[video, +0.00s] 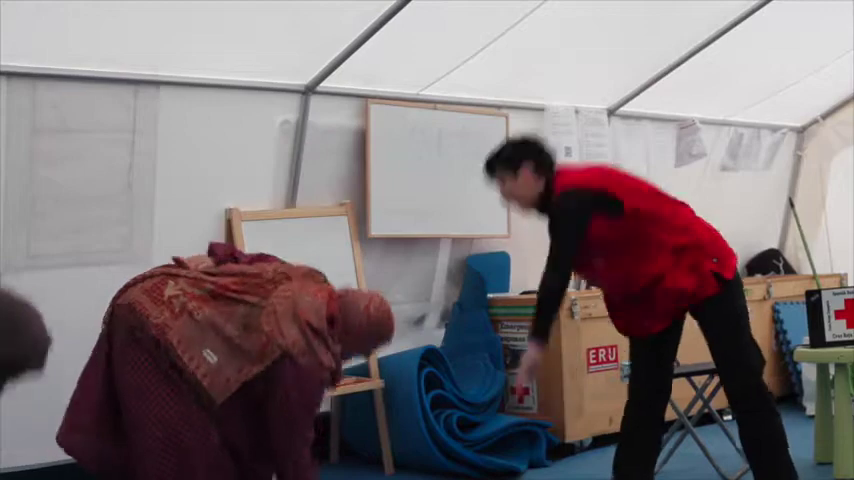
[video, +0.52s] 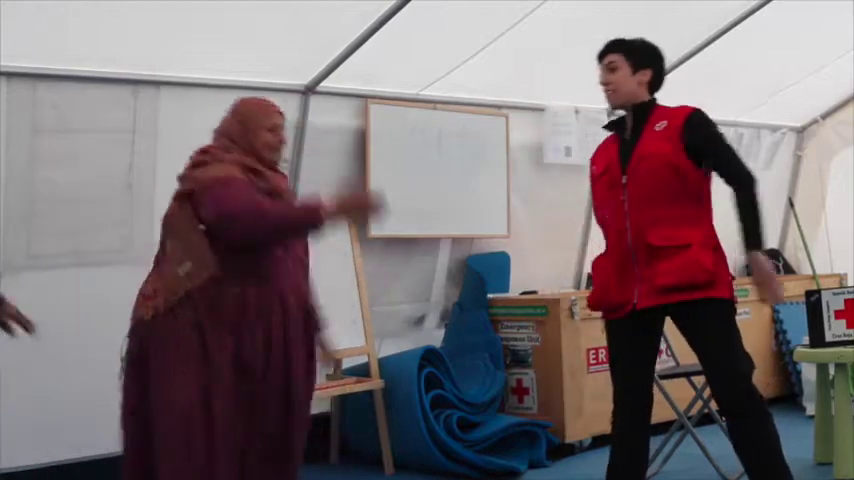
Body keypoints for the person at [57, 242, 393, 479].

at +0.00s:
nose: (358, 351)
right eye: (364, 344)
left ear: (348, 292)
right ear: (357, 344)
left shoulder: (307, 278)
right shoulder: (305, 358)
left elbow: (229, 255)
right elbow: (292, 443)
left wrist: (200, 269)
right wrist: (301, 474)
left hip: (138, 296)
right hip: (156, 334)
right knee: (190, 447)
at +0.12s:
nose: (365, 307)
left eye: (369, 299)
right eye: (366, 299)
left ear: (337, 261)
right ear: (353, 293)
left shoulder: (295, 257)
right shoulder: (301, 321)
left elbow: (212, 252)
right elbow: (289, 404)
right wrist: (319, 460)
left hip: (134, 302)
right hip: (154, 332)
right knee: (187, 449)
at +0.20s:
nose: (357, 266)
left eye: (360, 258)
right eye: (356, 257)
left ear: (319, 230)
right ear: (338, 250)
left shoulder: (278, 239)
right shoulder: (292, 293)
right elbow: (293, 377)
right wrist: (332, 422)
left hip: (133, 307)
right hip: (168, 339)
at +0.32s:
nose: (333, 201)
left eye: (333, 191)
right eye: (328, 190)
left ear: (288, 183)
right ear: (304, 190)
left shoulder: (253, 210)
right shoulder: (274, 235)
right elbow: (288, 315)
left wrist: (331, 339)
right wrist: (348, 351)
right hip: (170, 330)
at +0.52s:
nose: (281, 139)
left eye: (283, 131)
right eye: (272, 130)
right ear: (243, 131)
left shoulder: (273, 184)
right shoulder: (214, 173)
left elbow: (287, 274)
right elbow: (244, 220)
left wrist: (309, 330)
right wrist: (328, 211)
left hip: (251, 331)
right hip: (197, 335)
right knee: (206, 444)